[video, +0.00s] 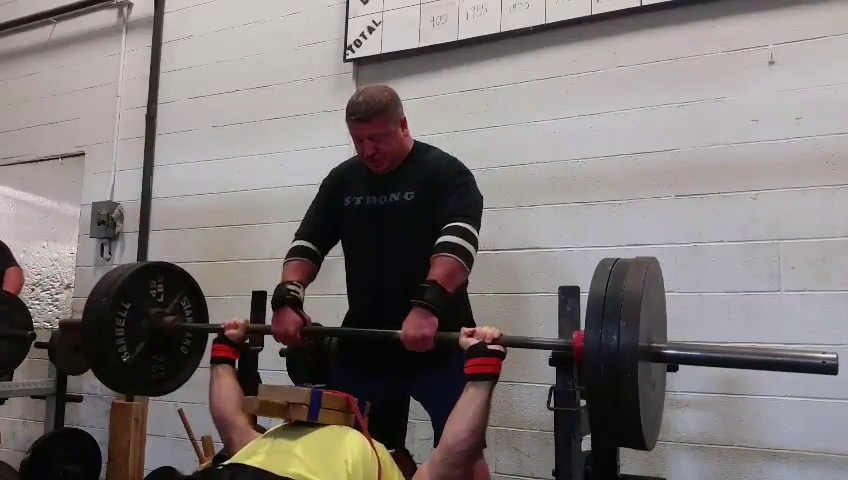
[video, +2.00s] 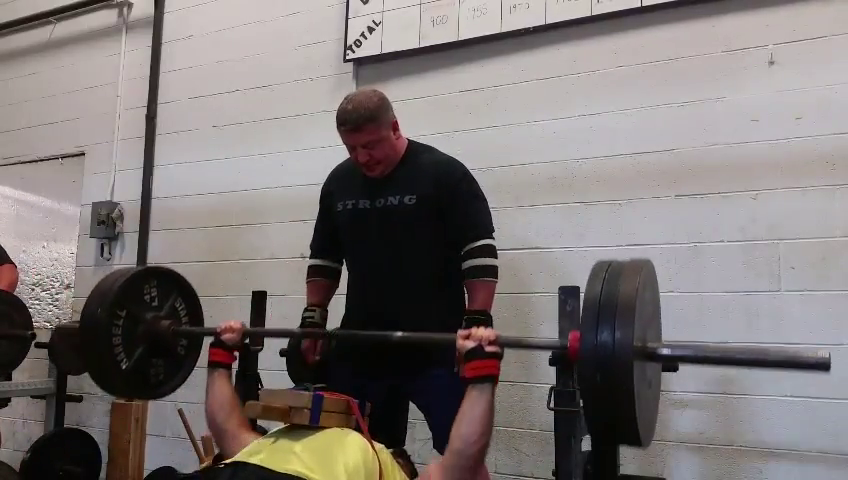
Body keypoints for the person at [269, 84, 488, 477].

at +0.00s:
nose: (368, 150)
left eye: (378, 139)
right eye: (359, 140)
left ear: (404, 126)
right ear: (350, 135)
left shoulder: (448, 175)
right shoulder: (343, 181)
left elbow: (456, 248)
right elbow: (308, 245)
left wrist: (428, 305)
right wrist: (287, 299)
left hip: (440, 342)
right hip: (365, 340)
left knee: (463, 452)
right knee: (364, 455)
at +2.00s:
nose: (362, 157)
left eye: (371, 145)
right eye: (353, 148)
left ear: (395, 129)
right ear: (343, 140)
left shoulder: (446, 175)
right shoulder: (340, 183)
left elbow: (480, 254)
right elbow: (324, 260)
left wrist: (477, 322)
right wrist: (313, 319)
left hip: (438, 343)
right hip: (364, 344)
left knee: (463, 456)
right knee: (368, 460)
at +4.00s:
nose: (361, 162)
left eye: (369, 151)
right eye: (352, 153)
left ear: (394, 133)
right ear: (342, 145)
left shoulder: (444, 177)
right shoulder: (339, 186)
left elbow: (478, 259)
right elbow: (326, 262)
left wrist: (473, 336)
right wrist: (317, 324)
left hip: (438, 339)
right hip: (367, 339)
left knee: (464, 451)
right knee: (372, 450)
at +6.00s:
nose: (347, 160)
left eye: (354, 150)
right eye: (341, 150)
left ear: (386, 135)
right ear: (335, 141)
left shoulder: (438, 169)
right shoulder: (338, 185)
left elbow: (482, 222)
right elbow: (310, 239)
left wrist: (448, 289)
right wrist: (294, 290)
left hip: (437, 340)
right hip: (365, 342)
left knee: (462, 455)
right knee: (362, 457)